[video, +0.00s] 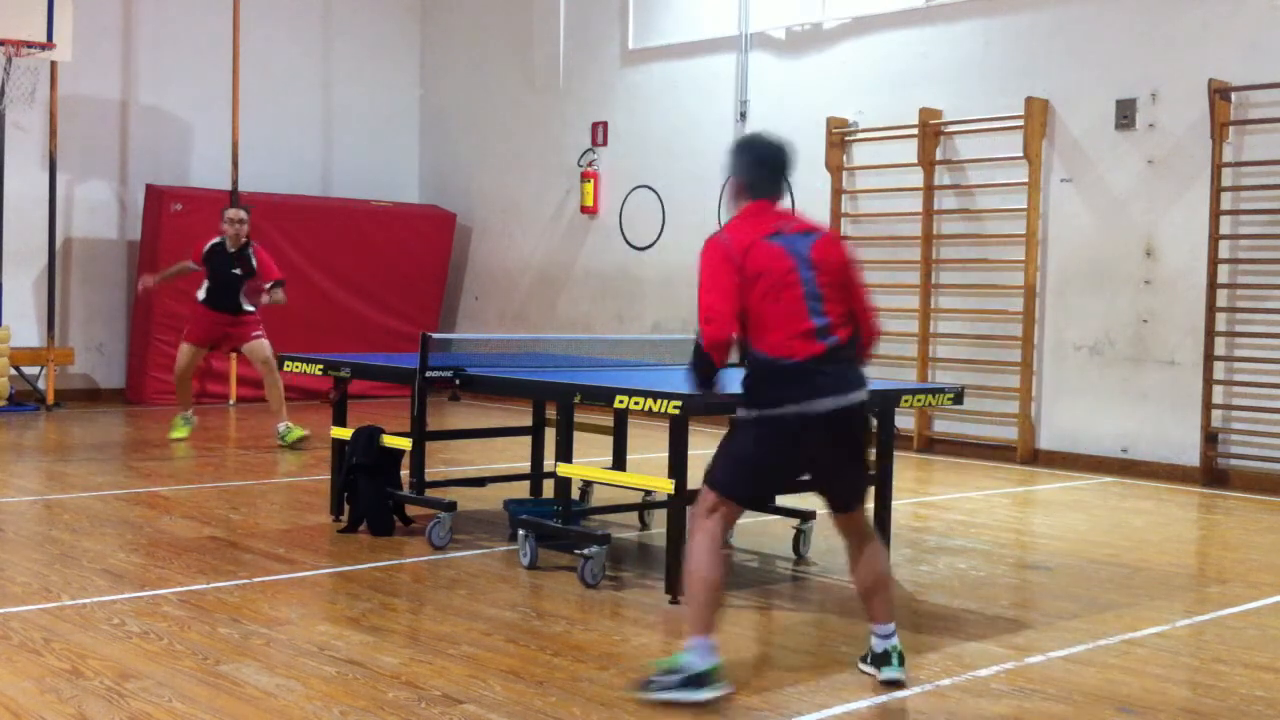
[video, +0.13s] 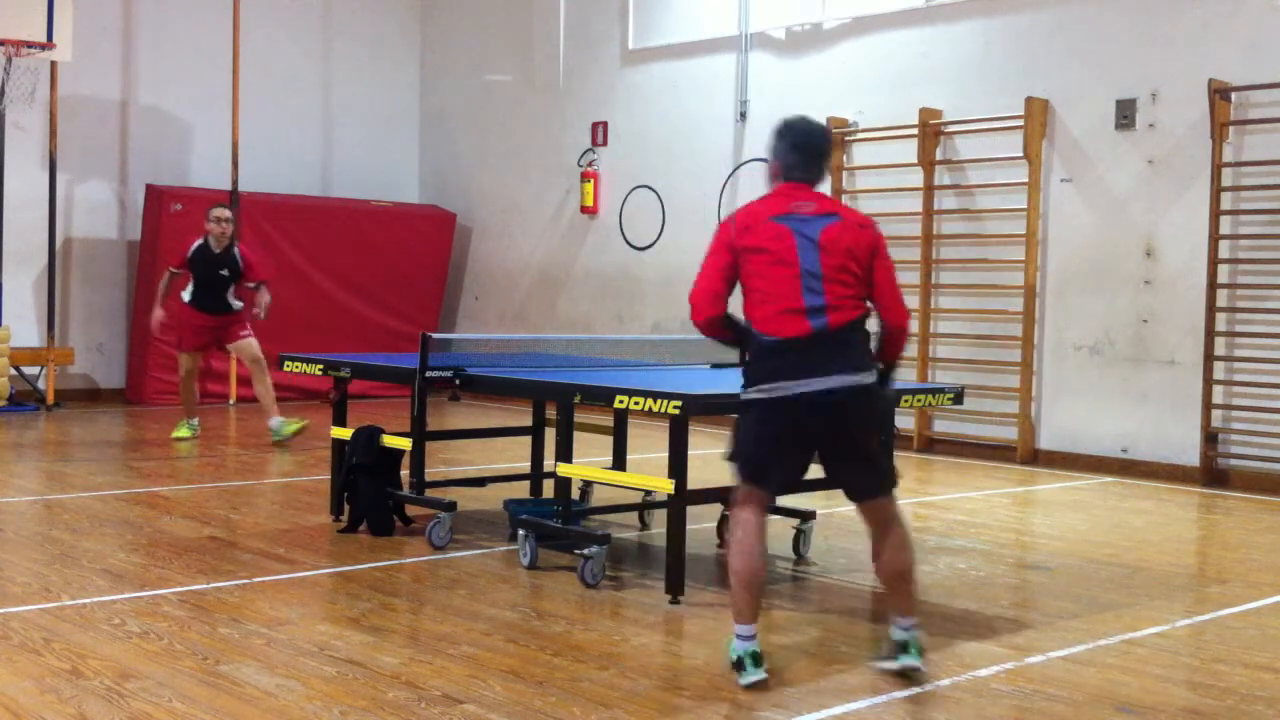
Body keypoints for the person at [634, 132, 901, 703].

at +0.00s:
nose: (725, 188)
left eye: (727, 181)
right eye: (729, 181)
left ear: (735, 184)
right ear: (784, 185)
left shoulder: (727, 244)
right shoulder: (825, 239)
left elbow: (718, 331)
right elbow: (864, 326)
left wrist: (703, 371)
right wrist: (835, 369)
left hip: (778, 413)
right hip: (844, 409)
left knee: (710, 515)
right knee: (856, 524)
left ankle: (697, 657)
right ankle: (887, 649)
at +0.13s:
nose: (773, 167)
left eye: (773, 159)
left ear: (773, 164)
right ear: (827, 167)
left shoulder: (740, 224)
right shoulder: (857, 226)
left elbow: (704, 312)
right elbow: (896, 322)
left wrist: (751, 340)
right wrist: (881, 366)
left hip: (777, 393)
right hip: (851, 389)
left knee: (749, 506)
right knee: (882, 512)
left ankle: (746, 646)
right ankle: (906, 639)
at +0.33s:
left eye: (833, 192)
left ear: (831, 198)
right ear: (882, 205)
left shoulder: (786, 261)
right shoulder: (892, 268)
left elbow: (757, 344)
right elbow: (920, 368)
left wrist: (810, 355)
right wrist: (943, 404)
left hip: (792, 431)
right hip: (867, 427)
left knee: (778, 531)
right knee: (944, 533)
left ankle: (747, 652)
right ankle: (999, 670)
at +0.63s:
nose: (1005, 229)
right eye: (1004, 220)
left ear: (953, 220)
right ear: (1002, 228)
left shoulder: (928, 267)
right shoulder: (973, 277)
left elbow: (975, 343)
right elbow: (967, 361)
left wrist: (1052, 361)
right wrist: (1025, 427)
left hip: (855, 431)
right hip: (915, 432)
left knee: (825, 535)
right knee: (1014, 532)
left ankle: (743, 645)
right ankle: (1011, 680)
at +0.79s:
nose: (1043, 196)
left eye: (1036, 185)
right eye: (1041, 187)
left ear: (987, 186)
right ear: (1035, 193)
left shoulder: (954, 236)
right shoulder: (1015, 244)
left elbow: (942, 309)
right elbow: (1049, 305)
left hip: (896, 402)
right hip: (963, 409)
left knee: (840, 502)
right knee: (1020, 528)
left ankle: (770, 614)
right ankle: (1019, 672)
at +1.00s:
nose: (954, 128)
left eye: (955, 121)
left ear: (954, 128)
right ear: (1007, 131)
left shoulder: (932, 186)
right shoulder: (1031, 187)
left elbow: (873, 268)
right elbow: (1081, 220)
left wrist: (892, 300)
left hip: (951, 351)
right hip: (1026, 350)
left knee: (901, 410)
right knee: (1036, 459)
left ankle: (893, 510)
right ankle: (1072, 519)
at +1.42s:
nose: (868, 356)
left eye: (870, 345)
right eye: (867, 346)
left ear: (892, 348)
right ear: (900, 346)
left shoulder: (960, 373)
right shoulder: (931, 384)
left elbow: (1028, 443)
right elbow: (941, 459)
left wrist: (996, 479)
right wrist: (910, 491)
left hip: (1069, 450)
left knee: (958, 515)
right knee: (997, 527)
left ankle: (988, 637)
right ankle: (1079, 617)